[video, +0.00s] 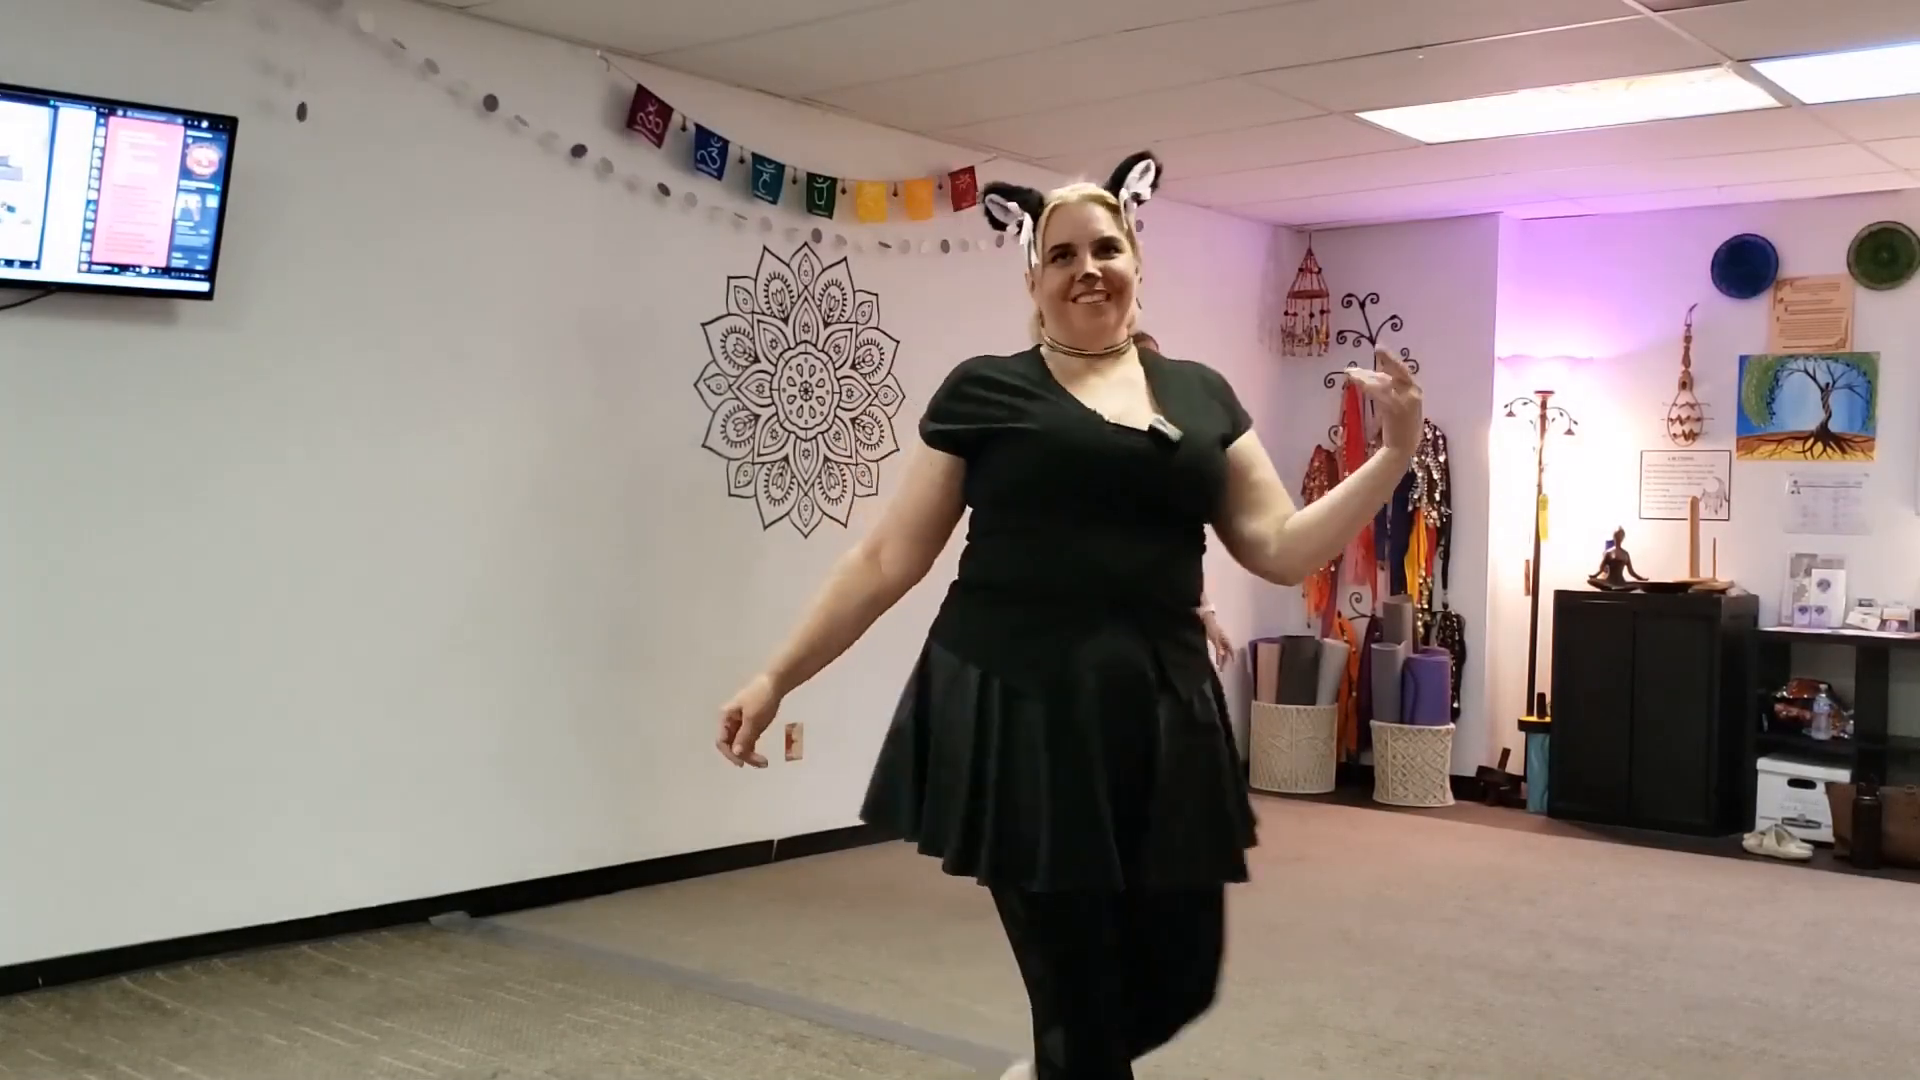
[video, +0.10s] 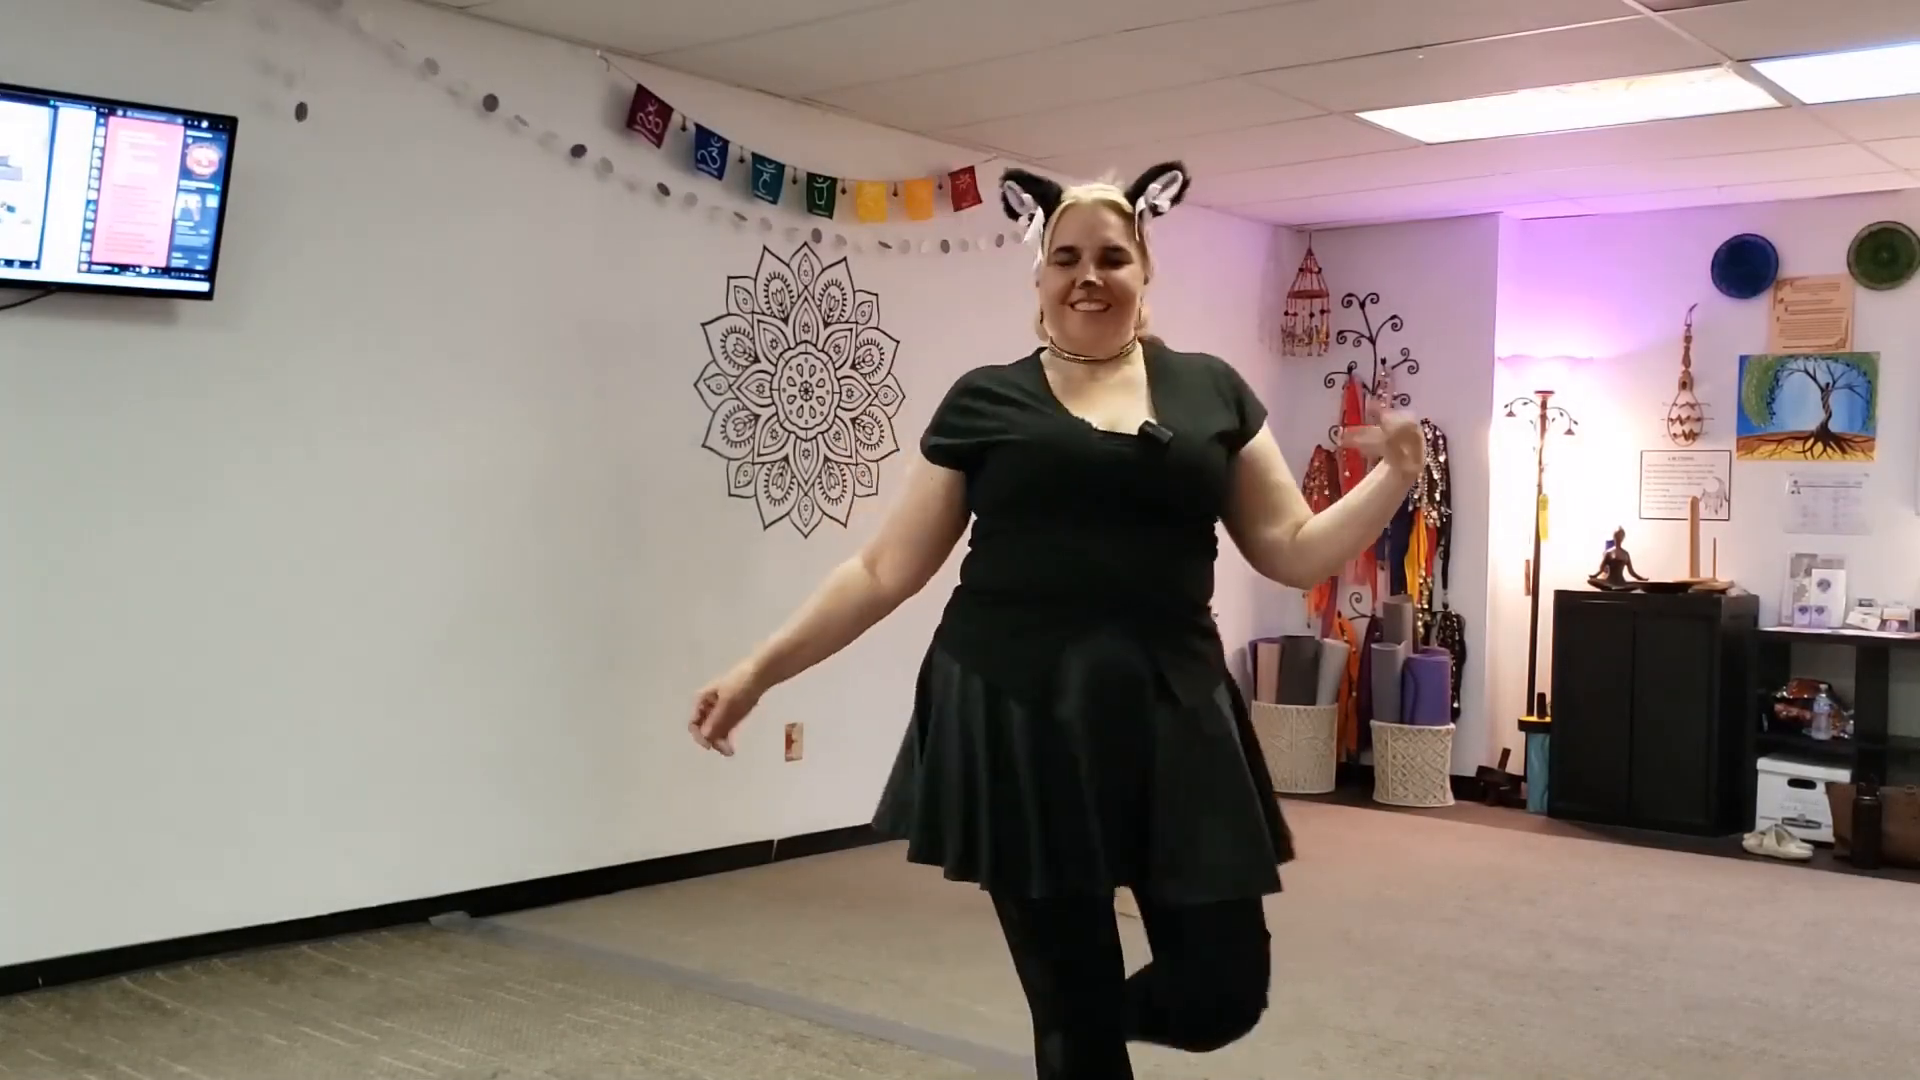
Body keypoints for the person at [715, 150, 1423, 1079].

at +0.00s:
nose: (1088, 268)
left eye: (1106, 248)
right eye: (1063, 254)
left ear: (1138, 267)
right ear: (1032, 282)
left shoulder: (1197, 397)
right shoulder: (988, 393)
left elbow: (1281, 551)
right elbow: (886, 557)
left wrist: (1395, 457)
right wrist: (773, 680)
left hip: (1159, 717)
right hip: (1012, 718)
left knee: (1180, 979)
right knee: (1079, 1006)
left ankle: (1054, 1063)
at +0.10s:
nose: (1090, 276)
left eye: (1113, 258)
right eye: (1068, 259)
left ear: (1147, 275)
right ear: (1037, 279)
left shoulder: (1207, 392)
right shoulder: (989, 401)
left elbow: (1296, 554)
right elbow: (881, 570)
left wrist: (1395, 472)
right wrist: (758, 670)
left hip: (1171, 721)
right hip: (1017, 724)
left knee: (1222, 994)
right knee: (1078, 1022)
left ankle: (1078, 1013)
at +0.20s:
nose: (1085, 266)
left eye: (1112, 250)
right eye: (1064, 248)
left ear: (1149, 276)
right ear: (1038, 274)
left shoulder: (1212, 383)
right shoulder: (984, 399)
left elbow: (1301, 549)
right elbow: (884, 566)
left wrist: (1395, 489)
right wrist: (751, 650)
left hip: (1180, 732)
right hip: (1022, 738)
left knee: (1210, 998)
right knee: (1079, 1029)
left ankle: (1159, 1049)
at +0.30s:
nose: (1081, 243)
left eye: (1108, 227)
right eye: (1061, 225)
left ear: (1150, 253)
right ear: (1037, 249)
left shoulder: (1214, 364)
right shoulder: (983, 377)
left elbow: (1299, 534)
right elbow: (894, 550)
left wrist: (1424, 547)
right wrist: (766, 637)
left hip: (1180, 718)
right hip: (1024, 721)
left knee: (1168, 996)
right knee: (1073, 1008)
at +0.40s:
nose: (1071, 227)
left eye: (1099, 208)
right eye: (1053, 209)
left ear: (1150, 228)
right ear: (1032, 230)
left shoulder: (1217, 357)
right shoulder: (985, 366)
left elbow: (1294, 539)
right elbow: (908, 544)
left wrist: (1398, 626)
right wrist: (784, 637)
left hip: (1172, 718)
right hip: (1016, 719)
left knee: (1132, 1006)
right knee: (1066, 1012)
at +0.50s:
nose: (1054, 222)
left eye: (1086, 201)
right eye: (1042, 206)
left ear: (1148, 224)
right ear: (1029, 234)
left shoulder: (1219, 369)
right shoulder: (989, 367)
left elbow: (1286, 569)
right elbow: (918, 551)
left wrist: (1374, 699)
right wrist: (803, 641)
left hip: (1164, 749)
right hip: (1010, 748)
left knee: (1103, 1047)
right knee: (1061, 1041)